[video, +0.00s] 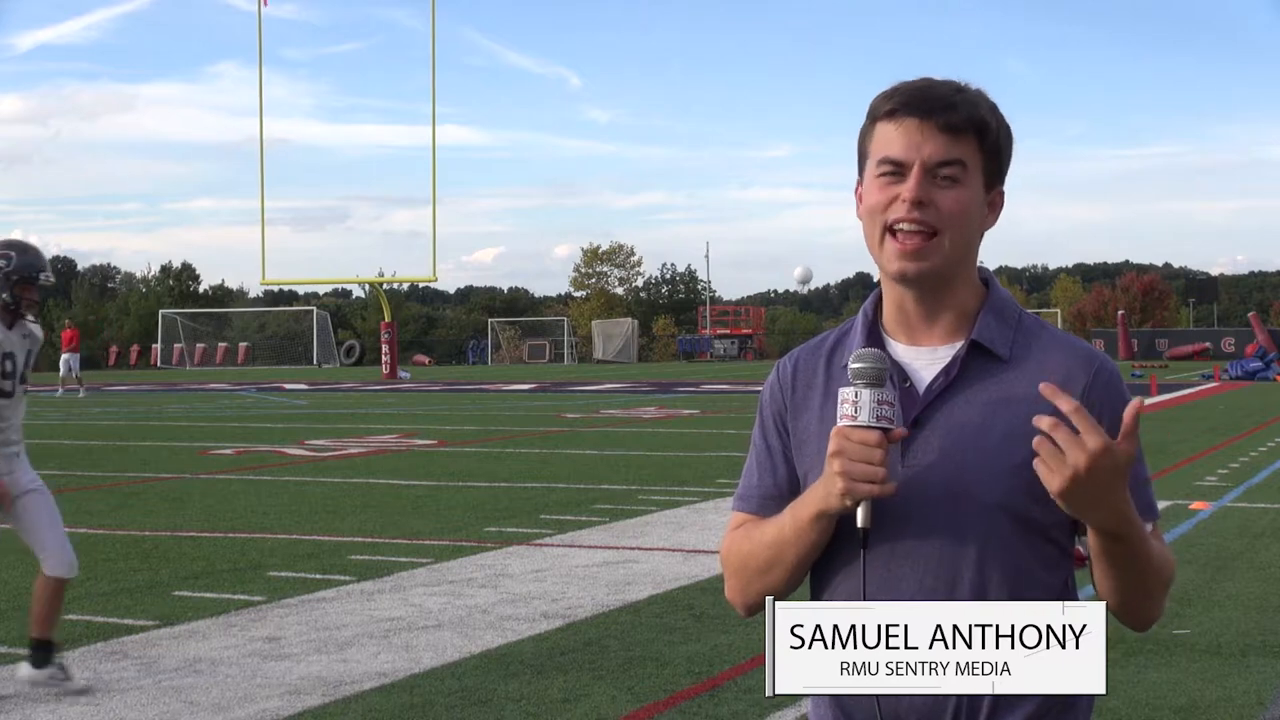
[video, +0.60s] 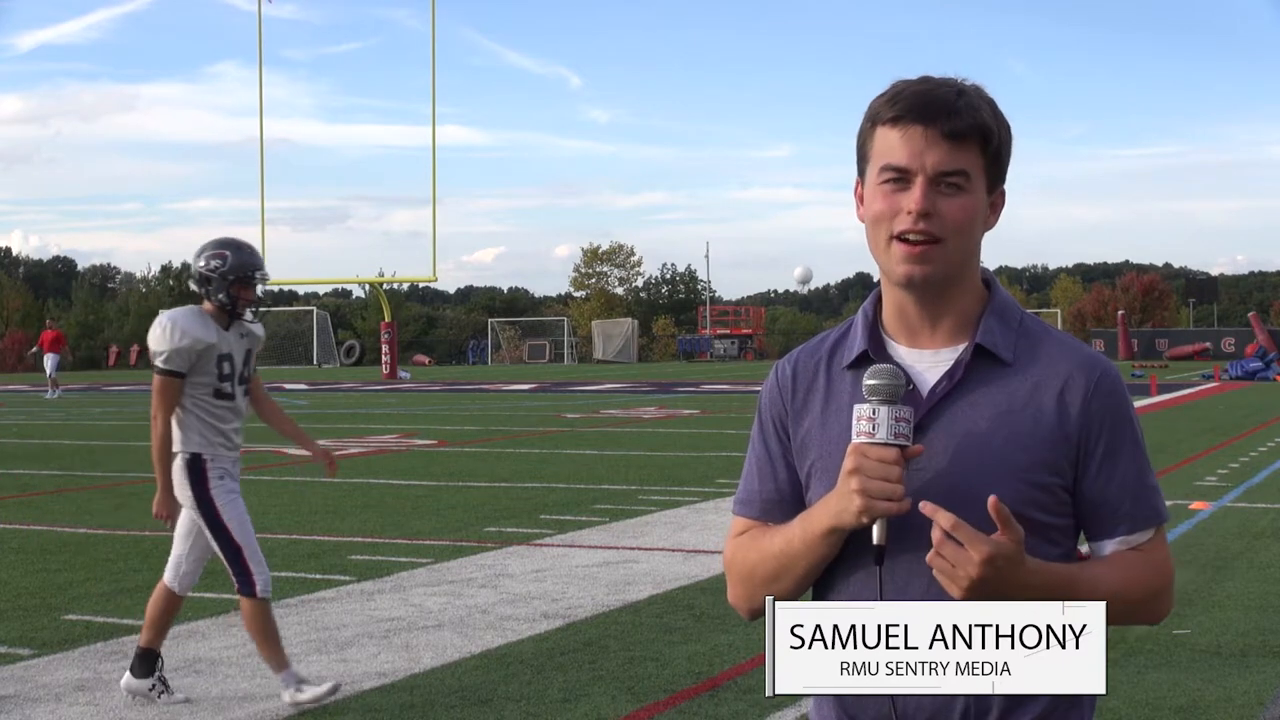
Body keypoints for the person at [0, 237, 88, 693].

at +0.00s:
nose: (34, 294)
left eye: (37, 286)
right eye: (26, 285)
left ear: (37, 288)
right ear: (4, 285)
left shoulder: (30, 336)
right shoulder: (3, 334)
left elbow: (13, 399)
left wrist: (15, 462)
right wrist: (3, 477)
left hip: (15, 464)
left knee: (59, 561)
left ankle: (41, 659)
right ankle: (37, 659)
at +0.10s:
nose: (74, 297)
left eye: (76, 289)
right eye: (65, 288)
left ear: (76, 291)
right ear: (36, 287)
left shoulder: (69, 339)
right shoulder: (7, 328)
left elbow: (45, 402)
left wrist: (48, 459)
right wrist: (32, 467)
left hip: (53, 469)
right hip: (9, 473)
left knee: (82, 569)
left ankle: (116, 668)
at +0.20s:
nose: (114, 300)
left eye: (117, 292)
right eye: (105, 292)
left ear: (117, 294)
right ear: (76, 291)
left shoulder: (107, 342)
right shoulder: (43, 332)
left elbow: (83, 404)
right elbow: (32, 416)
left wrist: (92, 462)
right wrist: (73, 471)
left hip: (97, 470)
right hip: (51, 474)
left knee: (116, 577)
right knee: (23, 590)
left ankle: (131, 679)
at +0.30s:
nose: (152, 295)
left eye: (153, 287)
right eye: (144, 286)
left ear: (148, 288)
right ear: (116, 286)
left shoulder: (140, 337)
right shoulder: (77, 327)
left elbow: (122, 405)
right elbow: (68, 414)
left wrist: (133, 465)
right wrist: (99, 477)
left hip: (136, 468)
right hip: (96, 472)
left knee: (136, 580)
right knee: (102, 592)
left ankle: (134, 678)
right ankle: (18, 638)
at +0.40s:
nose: (182, 290)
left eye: (185, 281)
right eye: (174, 281)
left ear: (182, 282)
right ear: (146, 280)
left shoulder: (176, 331)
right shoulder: (111, 323)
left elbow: (164, 406)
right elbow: (98, 406)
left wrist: (182, 468)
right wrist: (116, 476)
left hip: (164, 466)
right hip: (132, 466)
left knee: (149, 575)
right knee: (172, 573)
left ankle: (136, 678)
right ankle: (99, 640)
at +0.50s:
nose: (215, 288)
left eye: (217, 280)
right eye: (207, 280)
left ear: (212, 281)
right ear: (179, 279)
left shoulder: (210, 328)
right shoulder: (145, 323)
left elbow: (212, 400)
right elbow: (127, 407)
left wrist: (252, 458)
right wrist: (137, 480)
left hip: (192, 462)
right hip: (163, 462)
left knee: (160, 575)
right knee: (225, 566)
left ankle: (137, 675)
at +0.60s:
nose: (252, 292)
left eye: (253, 283)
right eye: (243, 284)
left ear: (249, 284)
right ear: (216, 284)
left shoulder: (245, 333)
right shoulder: (179, 329)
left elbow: (258, 398)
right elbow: (160, 413)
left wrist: (310, 444)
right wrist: (163, 486)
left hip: (224, 465)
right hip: (197, 465)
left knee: (179, 575)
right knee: (252, 577)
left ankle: (141, 672)